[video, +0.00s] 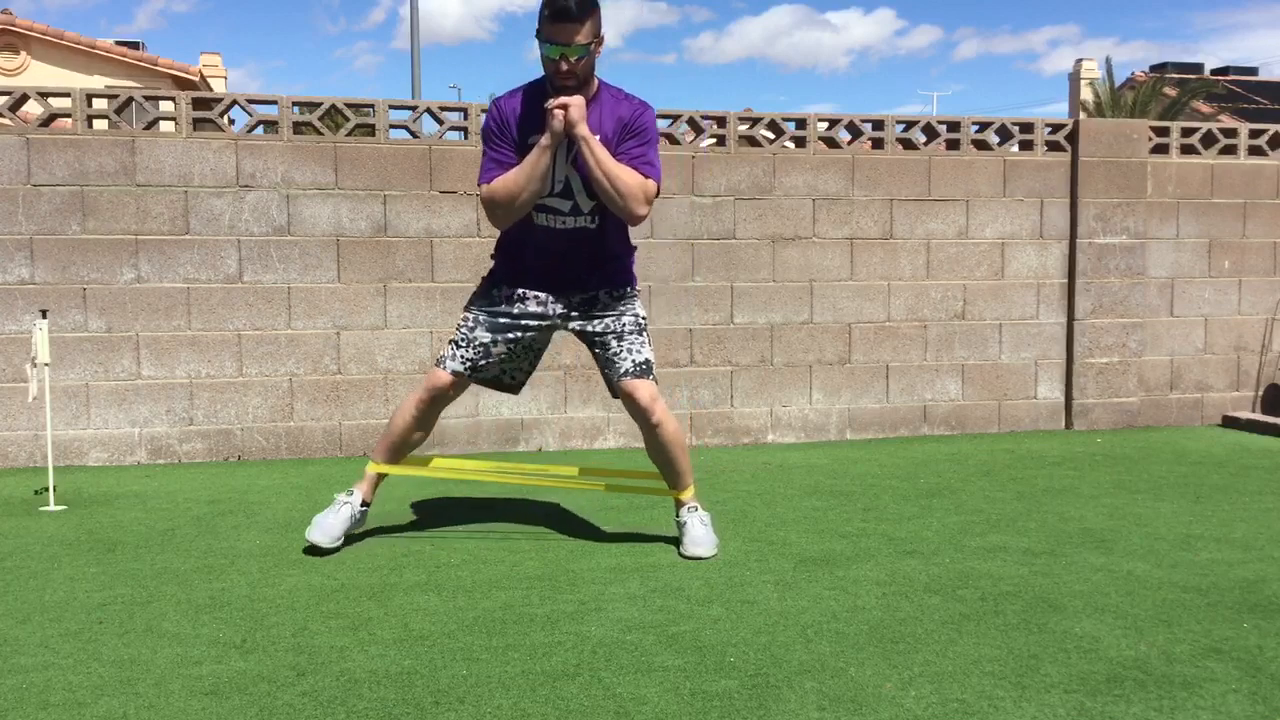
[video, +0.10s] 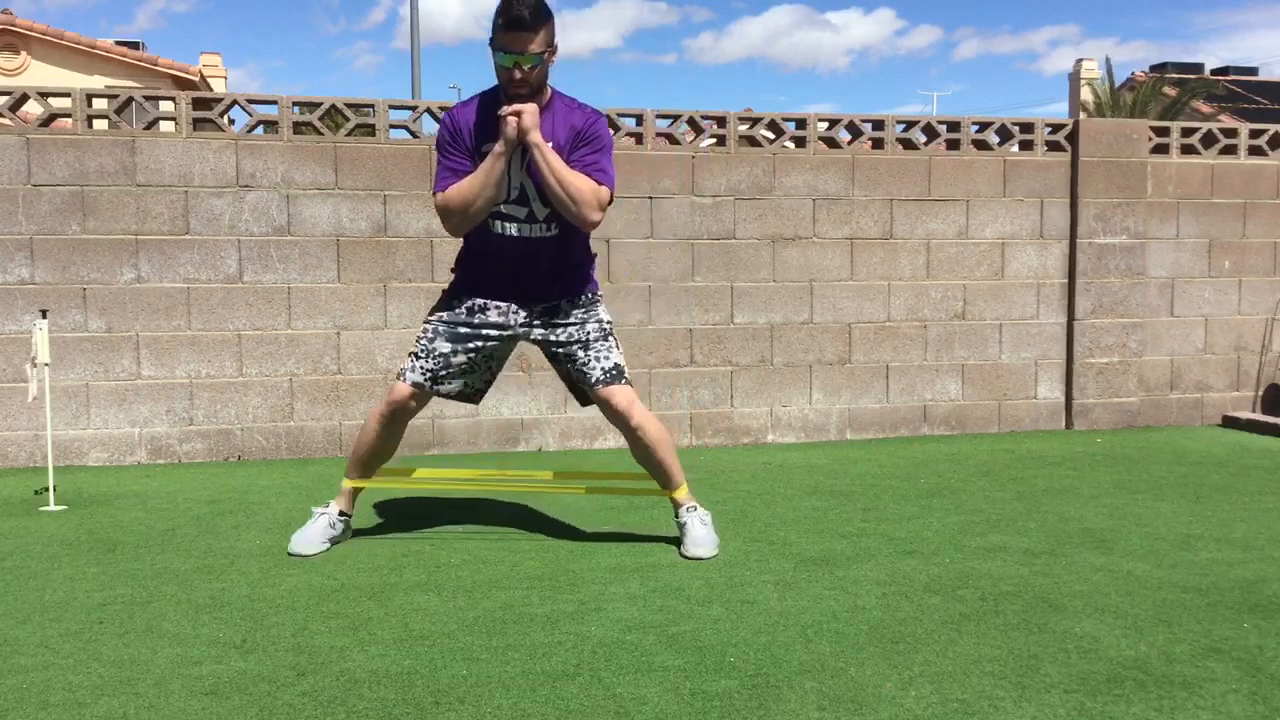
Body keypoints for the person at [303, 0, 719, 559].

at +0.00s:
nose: (565, 63)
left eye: (578, 51)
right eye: (554, 50)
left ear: (599, 44)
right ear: (540, 41)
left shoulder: (630, 113)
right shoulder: (510, 110)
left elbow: (636, 206)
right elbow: (498, 212)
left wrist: (583, 135)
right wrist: (550, 140)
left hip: (605, 288)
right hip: (518, 282)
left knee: (644, 399)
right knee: (438, 384)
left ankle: (690, 507)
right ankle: (359, 496)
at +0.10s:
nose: (518, 70)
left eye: (531, 58)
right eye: (507, 58)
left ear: (552, 52)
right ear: (492, 51)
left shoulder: (584, 124)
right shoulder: (462, 121)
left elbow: (590, 211)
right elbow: (453, 218)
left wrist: (535, 142)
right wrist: (504, 148)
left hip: (565, 295)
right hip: (480, 291)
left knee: (620, 402)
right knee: (400, 397)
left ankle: (688, 509)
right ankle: (340, 508)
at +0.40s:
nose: (383, 47)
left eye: (395, 36)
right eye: (373, 34)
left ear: (423, 29)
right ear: (362, 25)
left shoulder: (462, 97)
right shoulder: (337, 90)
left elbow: (458, 190)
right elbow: (315, 186)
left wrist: (402, 116)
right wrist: (368, 119)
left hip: (453, 257)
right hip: (376, 260)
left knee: (482, 370)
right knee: (333, 383)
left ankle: (537, 488)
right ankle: (330, 508)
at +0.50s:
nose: (365, 39)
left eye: (378, 28)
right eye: (355, 28)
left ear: (404, 20)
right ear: (343, 22)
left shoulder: (445, 89)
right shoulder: (321, 84)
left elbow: (444, 182)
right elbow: (305, 183)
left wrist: (385, 110)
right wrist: (352, 116)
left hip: (440, 253)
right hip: (363, 256)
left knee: (451, 364)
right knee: (330, 381)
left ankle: (487, 492)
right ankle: (329, 508)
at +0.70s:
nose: (345, 44)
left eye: (357, 33)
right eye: (335, 32)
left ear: (386, 24)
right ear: (325, 24)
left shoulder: (432, 93)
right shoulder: (307, 91)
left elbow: (428, 188)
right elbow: (299, 192)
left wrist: (369, 115)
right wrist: (340, 120)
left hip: (428, 258)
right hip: (354, 259)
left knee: (431, 371)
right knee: (322, 380)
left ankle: (473, 505)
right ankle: (328, 508)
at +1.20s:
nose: (421, 63)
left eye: (434, 51)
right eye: (410, 51)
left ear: (457, 47)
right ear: (398, 47)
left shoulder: (503, 113)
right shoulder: (384, 120)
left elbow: (507, 202)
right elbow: (370, 213)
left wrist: (444, 134)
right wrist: (414, 141)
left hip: (512, 284)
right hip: (428, 288)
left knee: (574, 391)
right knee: (365, 398)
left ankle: (655, 506)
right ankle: (332, 509)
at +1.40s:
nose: (513, 51)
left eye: (525, 38)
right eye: (501, 40)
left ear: (550, 30)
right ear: (490, 35)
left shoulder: (595, 96)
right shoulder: (478, 106)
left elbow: (604, 183)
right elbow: (475, 206)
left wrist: (540, 120)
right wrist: (511, 127)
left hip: (591, 270)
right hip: (509, 269)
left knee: (628, 388)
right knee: (434, 379)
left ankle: (667, 508)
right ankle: (373, 490)